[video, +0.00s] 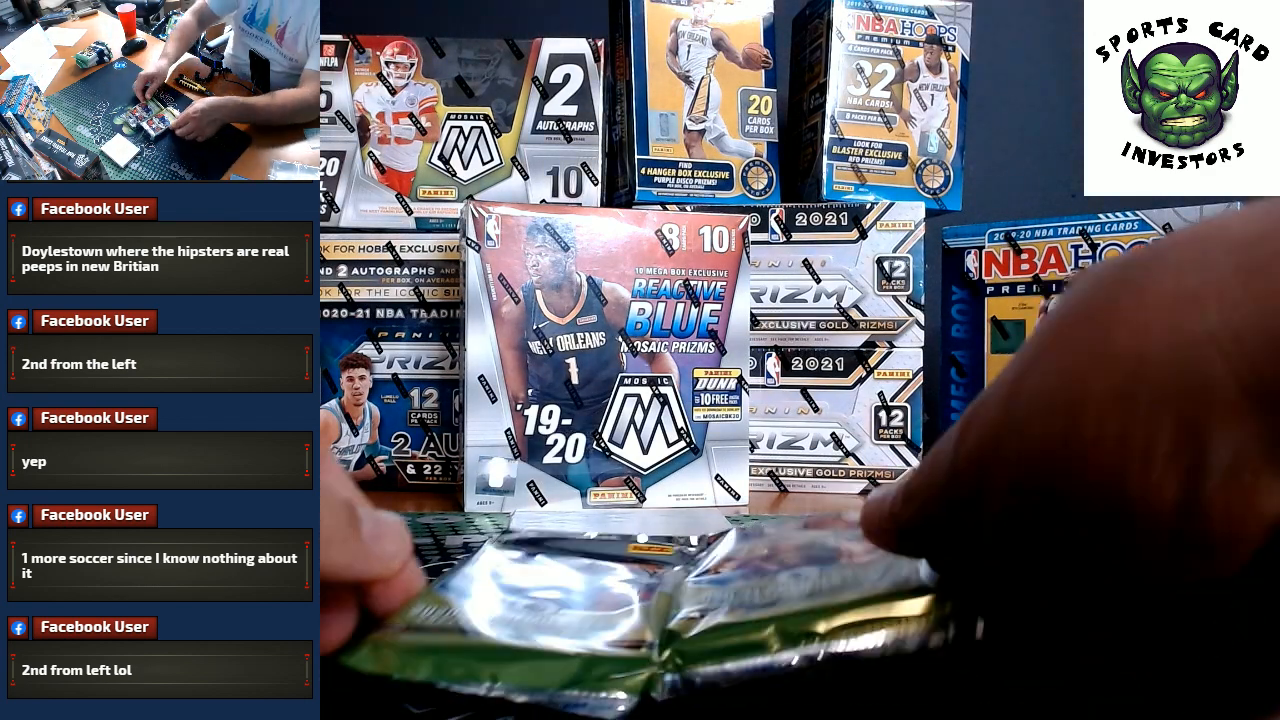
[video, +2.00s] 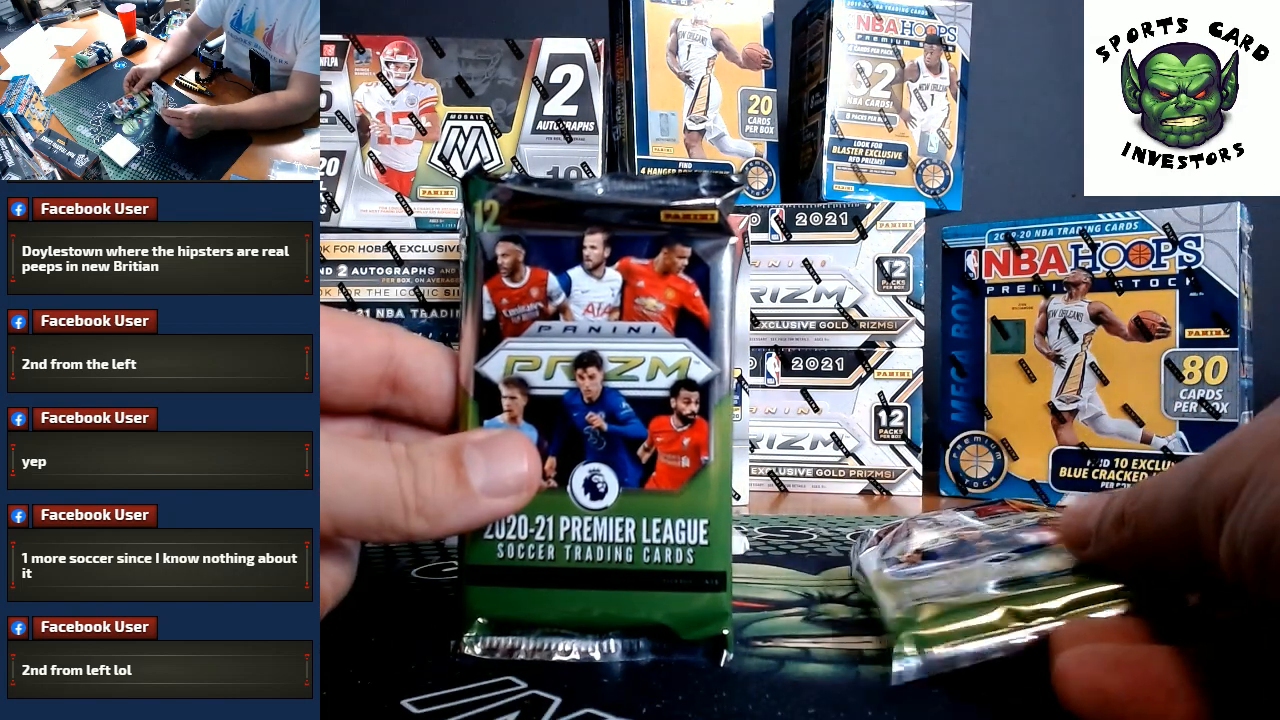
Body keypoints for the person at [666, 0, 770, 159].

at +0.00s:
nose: (697, 10)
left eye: (702, 7)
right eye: (695, 6)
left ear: (711, 12)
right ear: (691, 9)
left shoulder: (715, 34)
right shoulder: (678, 24)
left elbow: (739, 59)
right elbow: (670, 53)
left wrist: (764, 62)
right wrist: (678, 72)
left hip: (705, 87)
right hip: (692, 88)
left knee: (692, 141)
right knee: (725, 145)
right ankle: (767, 158)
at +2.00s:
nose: (698, 8)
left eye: (702, 5)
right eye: (696, 5)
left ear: (709, 12)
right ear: (691, 7)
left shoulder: (715, 34)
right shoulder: (678, 24)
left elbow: (739, 59)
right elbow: (670, 54)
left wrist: (764, 63)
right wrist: (678, 72)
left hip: (705, 87)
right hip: (692, 88)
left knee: (692, 141)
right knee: (725, 145)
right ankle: (765, 157)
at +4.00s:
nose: (694, 11)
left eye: (697, 8)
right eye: (688, 7)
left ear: (702, 8)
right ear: (683, 7)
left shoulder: (712, 31)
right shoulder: (679, 25)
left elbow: (734, 54)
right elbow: (671, 53)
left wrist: (758, 59)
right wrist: (678, 70)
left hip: (706, 84)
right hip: (692, 85)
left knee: (692, 138)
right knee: (724, 142)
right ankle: (758, 153)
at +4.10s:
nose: (694, 11)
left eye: (697, 8)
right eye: (689, 7)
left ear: (703, 8)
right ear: (684, 6)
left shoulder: (712, 31)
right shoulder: (679, 25)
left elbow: (734, 54)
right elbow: (671, 53)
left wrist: (757, 59)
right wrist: (678, 70)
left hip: (706, 84)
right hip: (692, 85)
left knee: (692, 138)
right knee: (724, 142)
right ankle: (757, 152)